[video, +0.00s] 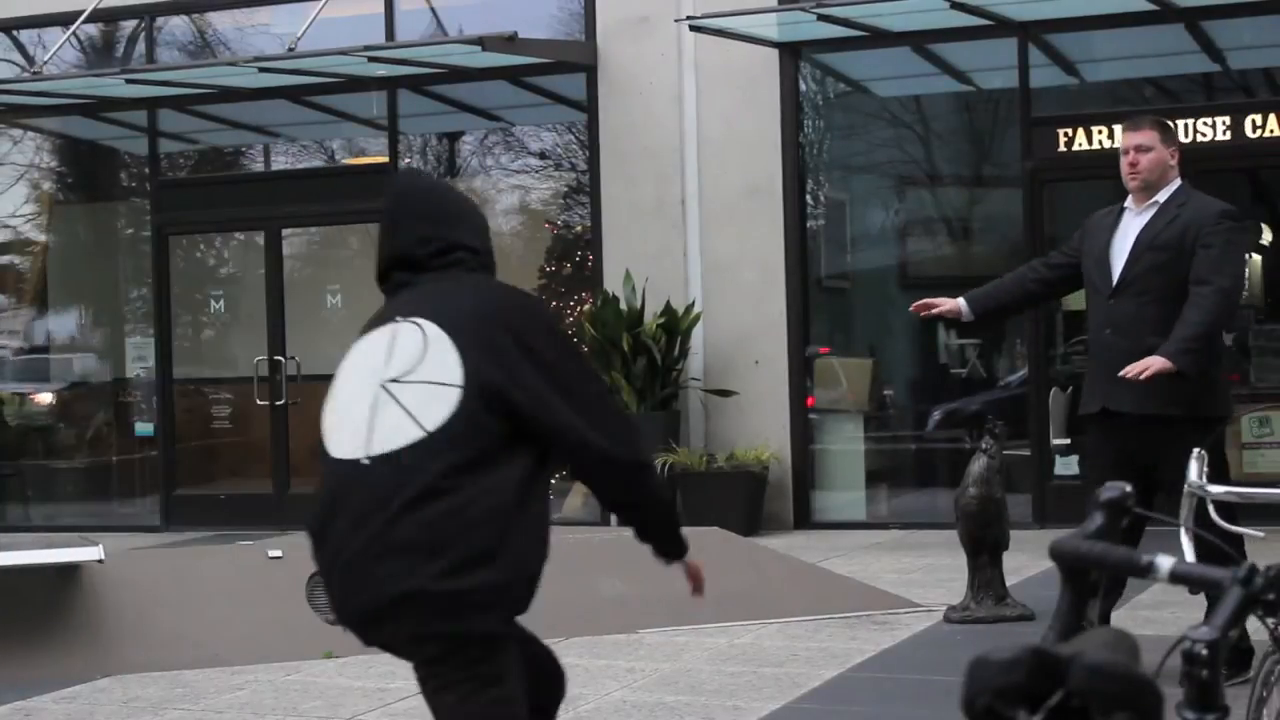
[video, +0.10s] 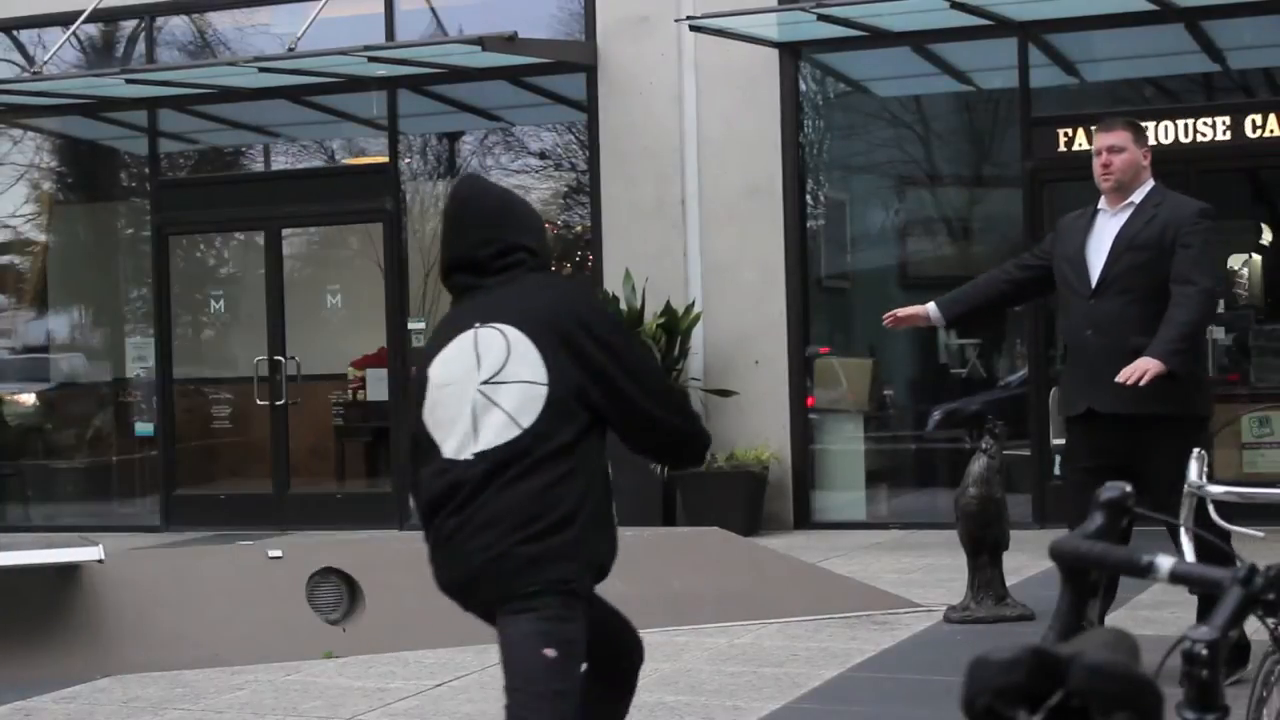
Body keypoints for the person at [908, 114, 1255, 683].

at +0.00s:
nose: (1129, 161)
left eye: (1140, 151)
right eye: (1124, 154)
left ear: (1173, 155)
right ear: (1120, 163)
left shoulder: (1211, 218)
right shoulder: (1101, 225)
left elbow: (1212, 296)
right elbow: (1044, 275)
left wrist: (1174, 354)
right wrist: (967, 306)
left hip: (1181, 402)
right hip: (1108, 404)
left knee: (1207, 521)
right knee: (1111, 524)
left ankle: (1232, 638)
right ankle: (1078, 633)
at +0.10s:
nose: (1103, 161)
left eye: (1114, 151)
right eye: (1097, 154)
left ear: (1145, 155)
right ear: (1092, 164)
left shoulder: (1185, 216)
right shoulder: (1073, 227)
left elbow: (1194, 295)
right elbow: (1014, 276)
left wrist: (1161, 354)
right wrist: (937, 311)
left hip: (1164, 402)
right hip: (1091, 406)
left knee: (1186, 518)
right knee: (1093, 528)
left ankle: (1227, 633)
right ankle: (1074, 636)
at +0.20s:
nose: (1071, 161)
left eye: (1082, 150)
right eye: (1065, 153)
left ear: (1114, 154)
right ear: (1061, 164)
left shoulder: (1162, 213)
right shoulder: (1045, 228)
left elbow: (1177, 292)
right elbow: (990, 281)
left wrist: (1157, 355)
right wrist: (914, 316)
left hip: (1147, 398)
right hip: (1067, 405)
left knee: (1176, 520)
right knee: (1076, 528)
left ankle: (1217, 630)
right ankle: (1075, 635)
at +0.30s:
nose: (1044, 162)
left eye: (1054, 151)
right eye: (1037, 155)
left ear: (1087, 154)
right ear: (1033, 166)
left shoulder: (1137, 210)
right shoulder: (1025, 231)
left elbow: (1162, 290)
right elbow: (967, 282)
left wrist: (1154, 358)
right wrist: (890, 321)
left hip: (1131, 395)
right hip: (1054, 403)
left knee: (1166, 517)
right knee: (1067, 525)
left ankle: (1211, 622)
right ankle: (1069, 638)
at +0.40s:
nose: (1021, 166)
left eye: (1030, 154)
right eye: (1015, 158)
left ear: (1063, 155)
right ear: (1013, 168)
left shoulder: (1119, 208)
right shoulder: (1005, 232)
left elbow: (1146, 288)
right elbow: (952, 288)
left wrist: (1148, 358)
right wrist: (876, 326)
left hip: (1119, 393)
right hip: (1049, 404)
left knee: (1158, 513)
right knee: (1064, 524)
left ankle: (1205, 616)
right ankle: (1070, 636)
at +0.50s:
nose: (1001, 169)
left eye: (1010, 158)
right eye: (996, 161)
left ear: (1046, 156)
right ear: (995, 169)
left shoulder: (1103, 208)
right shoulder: (995, 236)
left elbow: (1135, 289)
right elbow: (938, 291)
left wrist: (1139, 359)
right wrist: (863, 331)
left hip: (1113, 395)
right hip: (1043, 409)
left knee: (1154, 514)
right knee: (1061, 528)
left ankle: (1201, 620)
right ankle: (1070, 642)